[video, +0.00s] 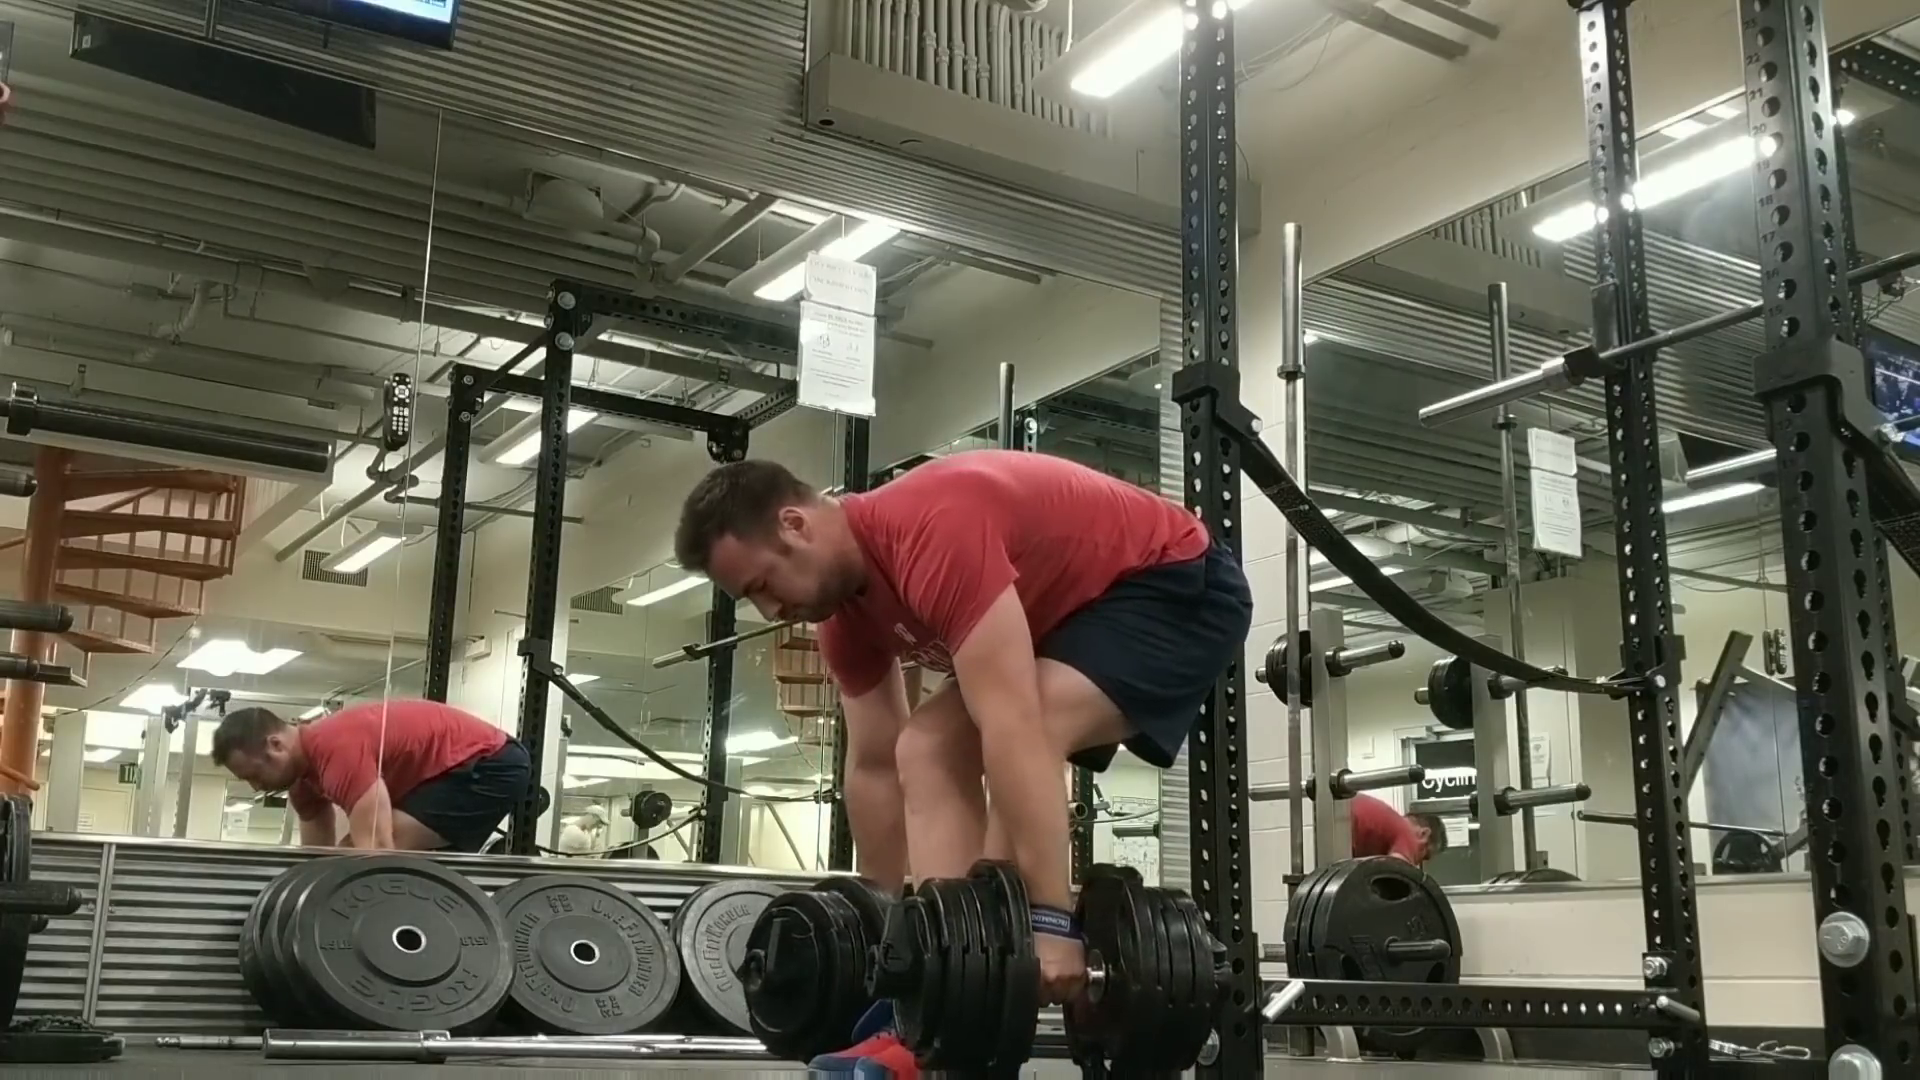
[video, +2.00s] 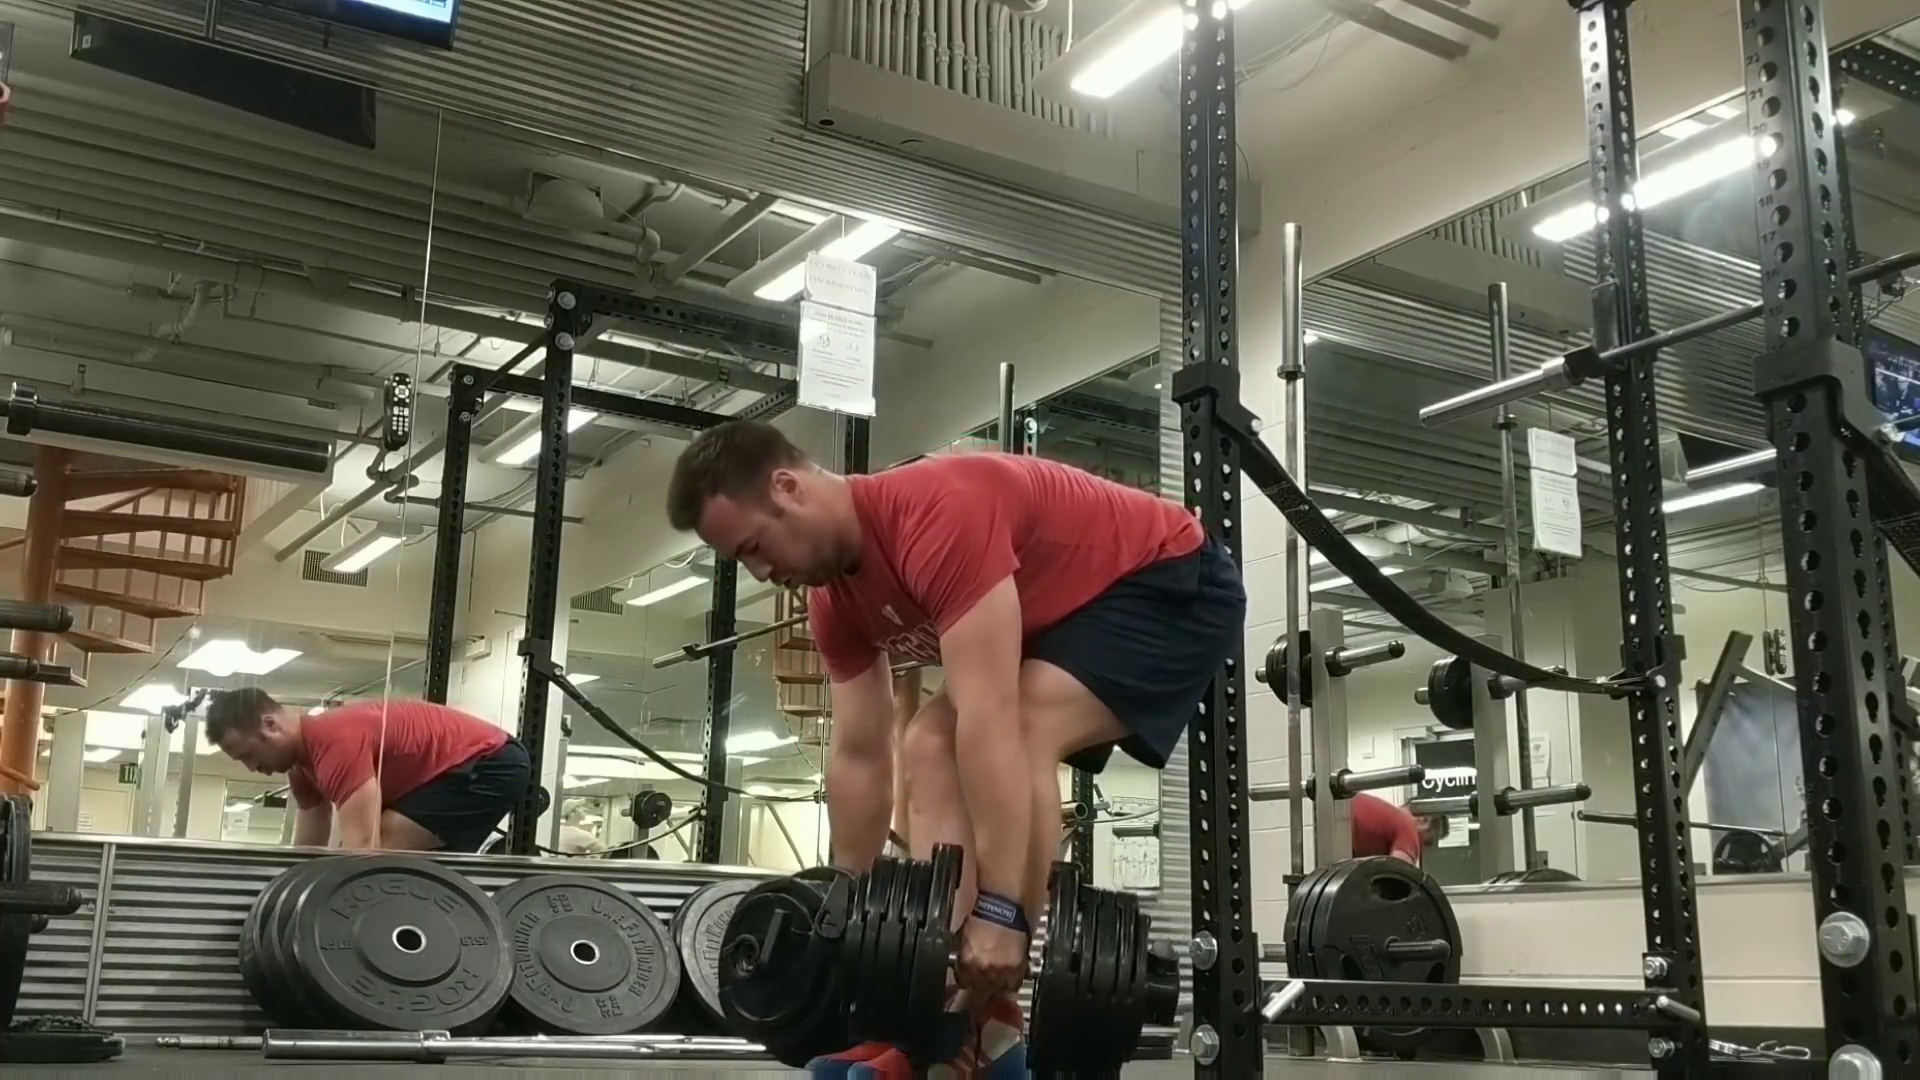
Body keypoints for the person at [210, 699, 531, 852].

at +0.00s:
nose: (256, 788)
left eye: (252, 776)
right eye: (247, 781)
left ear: (275, 746)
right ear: (275, 744)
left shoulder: (336, 748)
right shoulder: (306, 776)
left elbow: (372, 849)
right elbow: (318, 856)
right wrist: (300, 917)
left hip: (491, 766)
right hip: (461, 770)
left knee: (383, 851)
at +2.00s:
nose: (250, 769)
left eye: (247, 756)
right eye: (242, 762)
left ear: (270, 725)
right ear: (271, 726)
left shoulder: (336, 741)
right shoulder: (304, 767)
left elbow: (360, 849)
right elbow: (309, 852)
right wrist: (285, 916)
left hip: (491, 764)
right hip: (462, 768)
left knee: (381, 852)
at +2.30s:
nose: (250, 768)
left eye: (247, 755)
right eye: (242, 761)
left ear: (269, 724)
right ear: (269, 726)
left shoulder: (334, 741)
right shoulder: (303, 765)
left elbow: (360, 850)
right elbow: (310, 851)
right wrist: (284, 916)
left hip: (491, 763)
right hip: (462, 767)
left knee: (382, 848)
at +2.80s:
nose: (253, 741)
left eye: (252, 729)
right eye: (245, 735)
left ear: (277, 700)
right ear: (275, 703)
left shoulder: (338, 724)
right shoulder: (306, 748)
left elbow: (381, 824)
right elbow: (320, 831)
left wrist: (367, 915)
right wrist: (294, 901)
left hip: (488, 762)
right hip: (453, 771)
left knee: (369, 848)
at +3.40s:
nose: (310, 705)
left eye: (301, 701)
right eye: (300, 705)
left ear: (300, 667)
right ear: (301, 665)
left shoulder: (368, 674)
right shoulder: (339, 684)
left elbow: (455, 720)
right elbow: (386, 733)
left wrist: (441, 803)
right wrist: (374, 785)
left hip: (488, 762)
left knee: (469, 881)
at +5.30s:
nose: (307, 701)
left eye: (298, 694)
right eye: (297, 699)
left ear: (302, 659)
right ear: (302, 656)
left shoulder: (365, 661)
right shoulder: (341, 679)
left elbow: (447, 717)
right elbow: (385, 738)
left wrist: (427, 806)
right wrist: (370, 798)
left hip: (489, 757)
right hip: (453, 760)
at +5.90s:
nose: (277, 721)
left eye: (269, 711)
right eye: (268, 717)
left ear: (282, 676)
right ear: (283, 676)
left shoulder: (349, 686)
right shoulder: (320, 717)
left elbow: (387, 779)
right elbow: (334, 795)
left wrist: (372, 873)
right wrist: (323, 869)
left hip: (488, 757)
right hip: (450, 766)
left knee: (398, 858)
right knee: (398, 861)